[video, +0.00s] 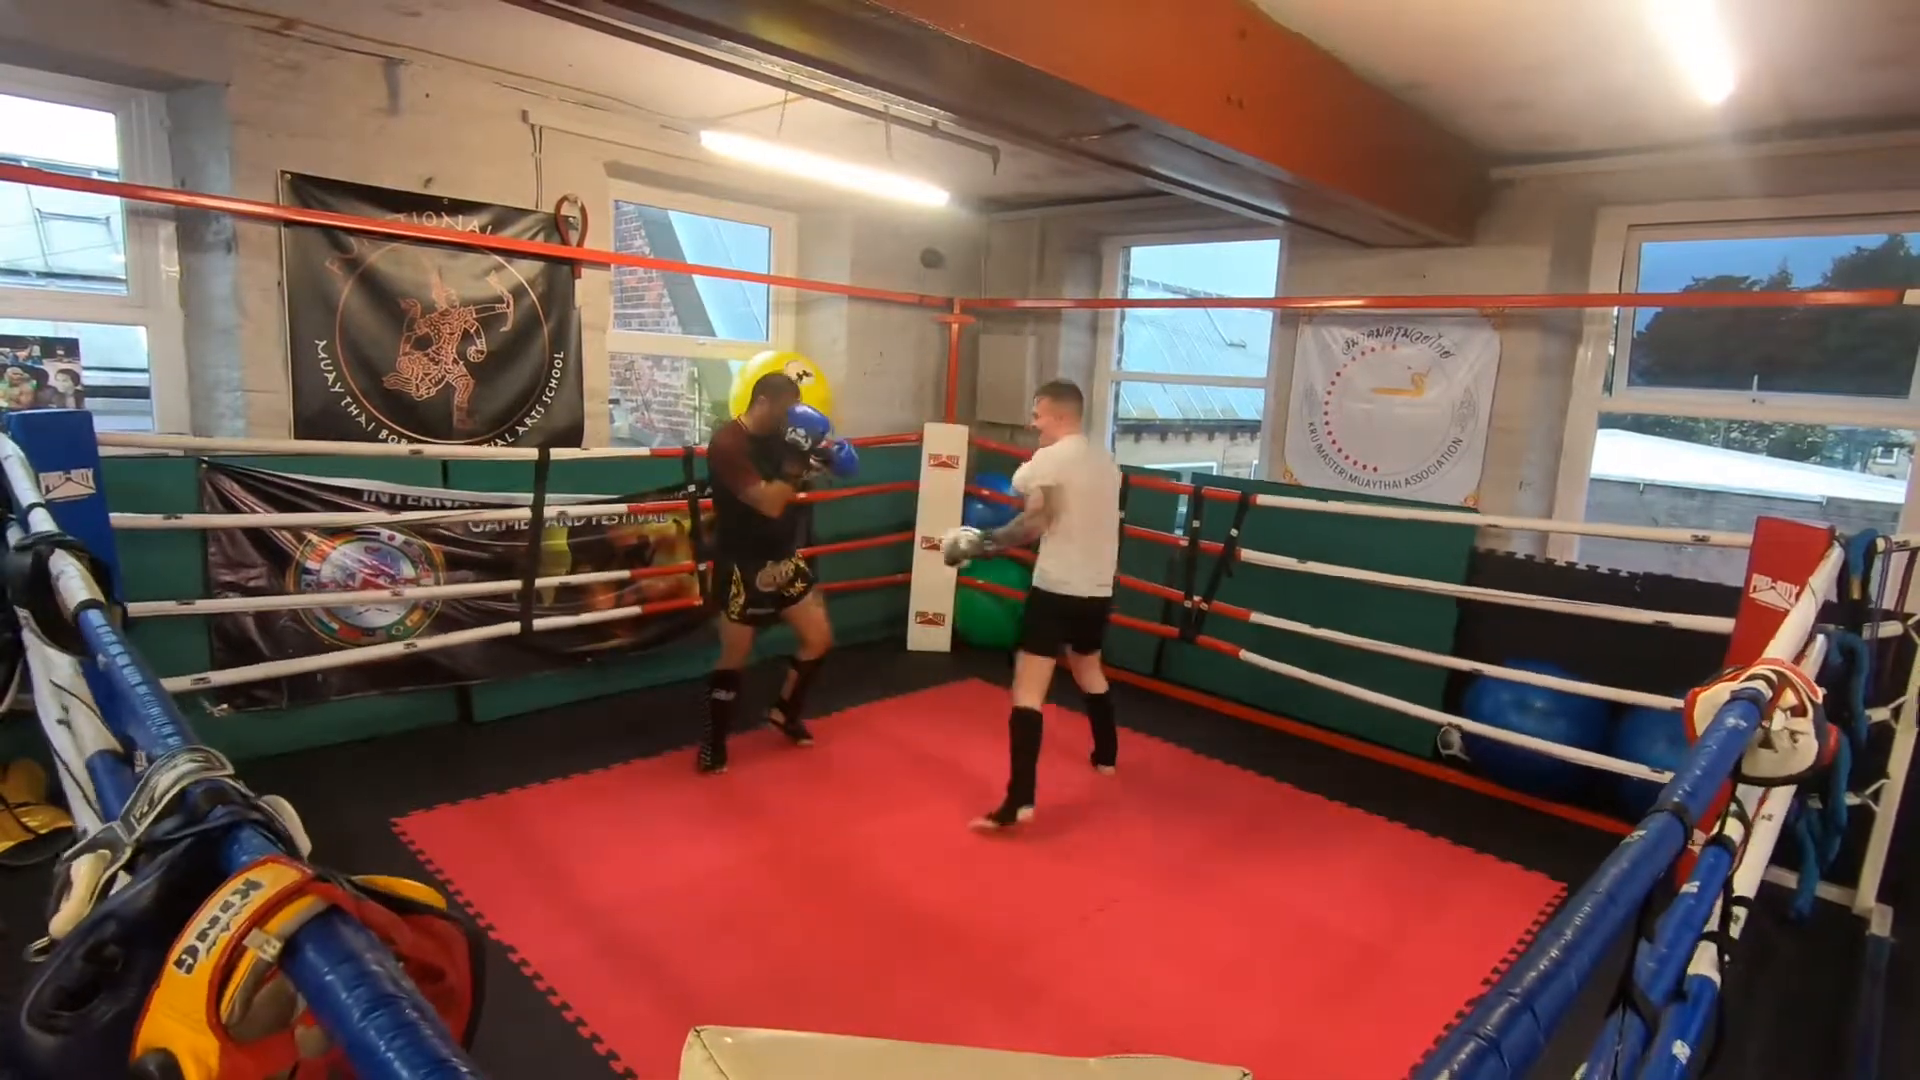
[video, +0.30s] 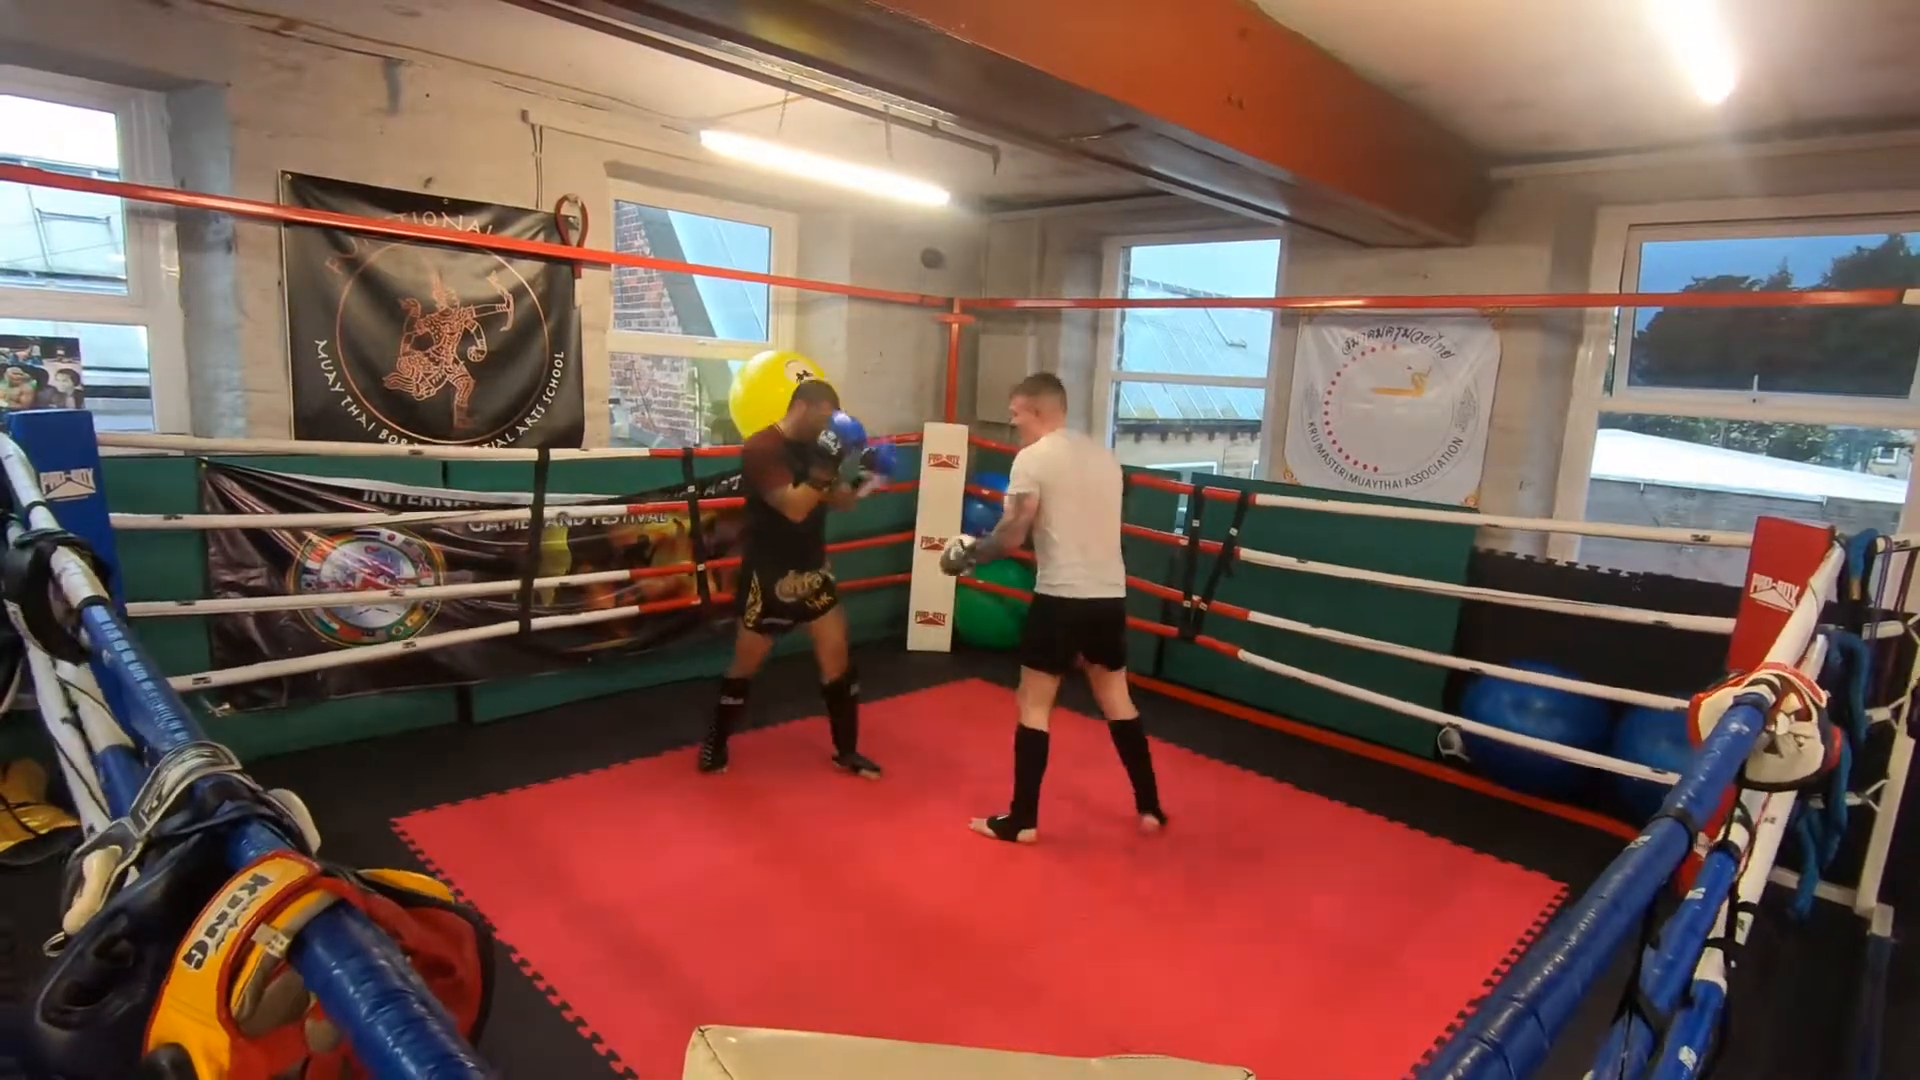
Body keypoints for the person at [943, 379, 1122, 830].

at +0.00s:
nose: (1034, 424)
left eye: (1038, 416)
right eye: (1035, 416)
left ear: (1055, 416)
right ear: (1075, 416)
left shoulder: (1044, 464)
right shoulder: (1108, 464)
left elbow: (1030, 525)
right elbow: (1087, 520)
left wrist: (979, 542)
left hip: (1054, 593)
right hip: (1097, 594)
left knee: (1028, 693)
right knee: (1088, 667)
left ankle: (1019, 800)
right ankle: (1107, 756)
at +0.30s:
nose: (1016, 430)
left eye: (1017, 420)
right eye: (1014, 421)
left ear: (1035, 412)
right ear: (1060, 411)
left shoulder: (1033, 459)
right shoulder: (1106, 458)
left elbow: (1012, 536)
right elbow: (1078, 531)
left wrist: (973, 553)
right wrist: (989, 542)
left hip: (1058, 604)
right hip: (1110, 605)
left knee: (1034, 705)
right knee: (1116, 697)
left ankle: (1022, 819)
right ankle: (1149, 807)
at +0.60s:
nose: (1049, 456)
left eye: (1050, 446)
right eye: (1047, 447)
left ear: (1068, 440)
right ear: (1095, 438)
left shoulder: (1066, 487)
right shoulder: (1134, 486)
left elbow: (1061, 556)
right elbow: (1113, 557)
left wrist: (1021, 596)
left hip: (1076, 633)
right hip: (1134, 638)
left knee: (1023, 703)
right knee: (1147, 752)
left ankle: (1009, 816)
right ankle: (1175, 880)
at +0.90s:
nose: (1024, 432)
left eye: (1025, 424)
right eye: (1025, 424)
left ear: (1037, 419)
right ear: (1073, 416)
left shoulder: (1027, 462)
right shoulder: (1119, 463)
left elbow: (962, 497)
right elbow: (1131, 531)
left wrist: (910, 487)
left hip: (1061, 619)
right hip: (1122, 620)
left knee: (1028, 719)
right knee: (1145, 729)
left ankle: (993, 825)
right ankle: (1177, 852)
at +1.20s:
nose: (1043, 439)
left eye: (1043, 431)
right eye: (1041, 431)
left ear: (1060, 425)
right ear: (1096, 424)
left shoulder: (1054, 473)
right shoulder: (1141, 475)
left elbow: (992, 535)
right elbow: (1120, 538)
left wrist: (936, 543)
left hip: (1068, 630)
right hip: (1132, 635)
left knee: (1030, 725)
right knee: (1153, 748)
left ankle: (993, 825)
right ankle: (1184, 871)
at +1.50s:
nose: (1040, 435)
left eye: (1041, 426)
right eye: (1039, 427)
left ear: (1059, 423)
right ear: (1091, 423)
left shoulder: (1049, 471)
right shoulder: (1139, 472)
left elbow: (978, 517)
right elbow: (1140, 542)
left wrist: (924, 501)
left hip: (1070, 632)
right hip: (1135, 636)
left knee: (1029, 728)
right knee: (1155, 748)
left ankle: (990, 837)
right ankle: (1188, 872)